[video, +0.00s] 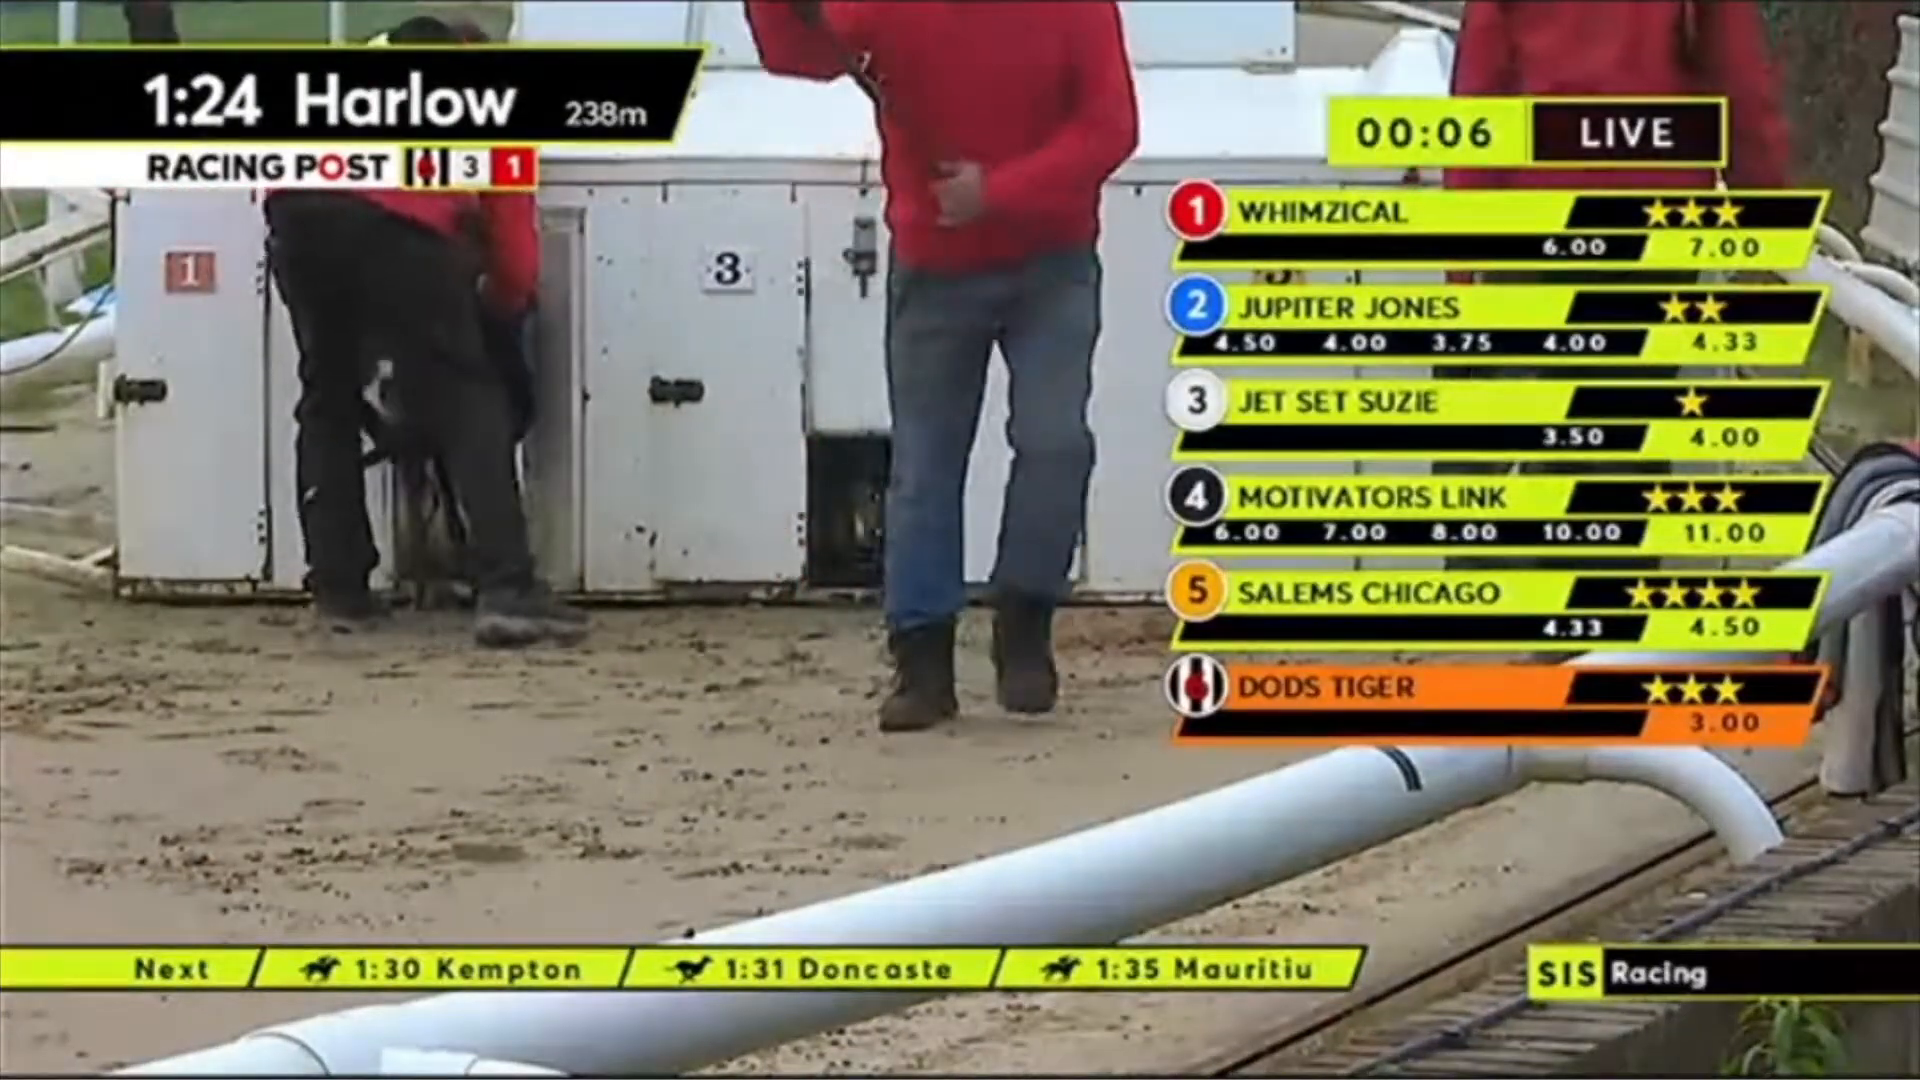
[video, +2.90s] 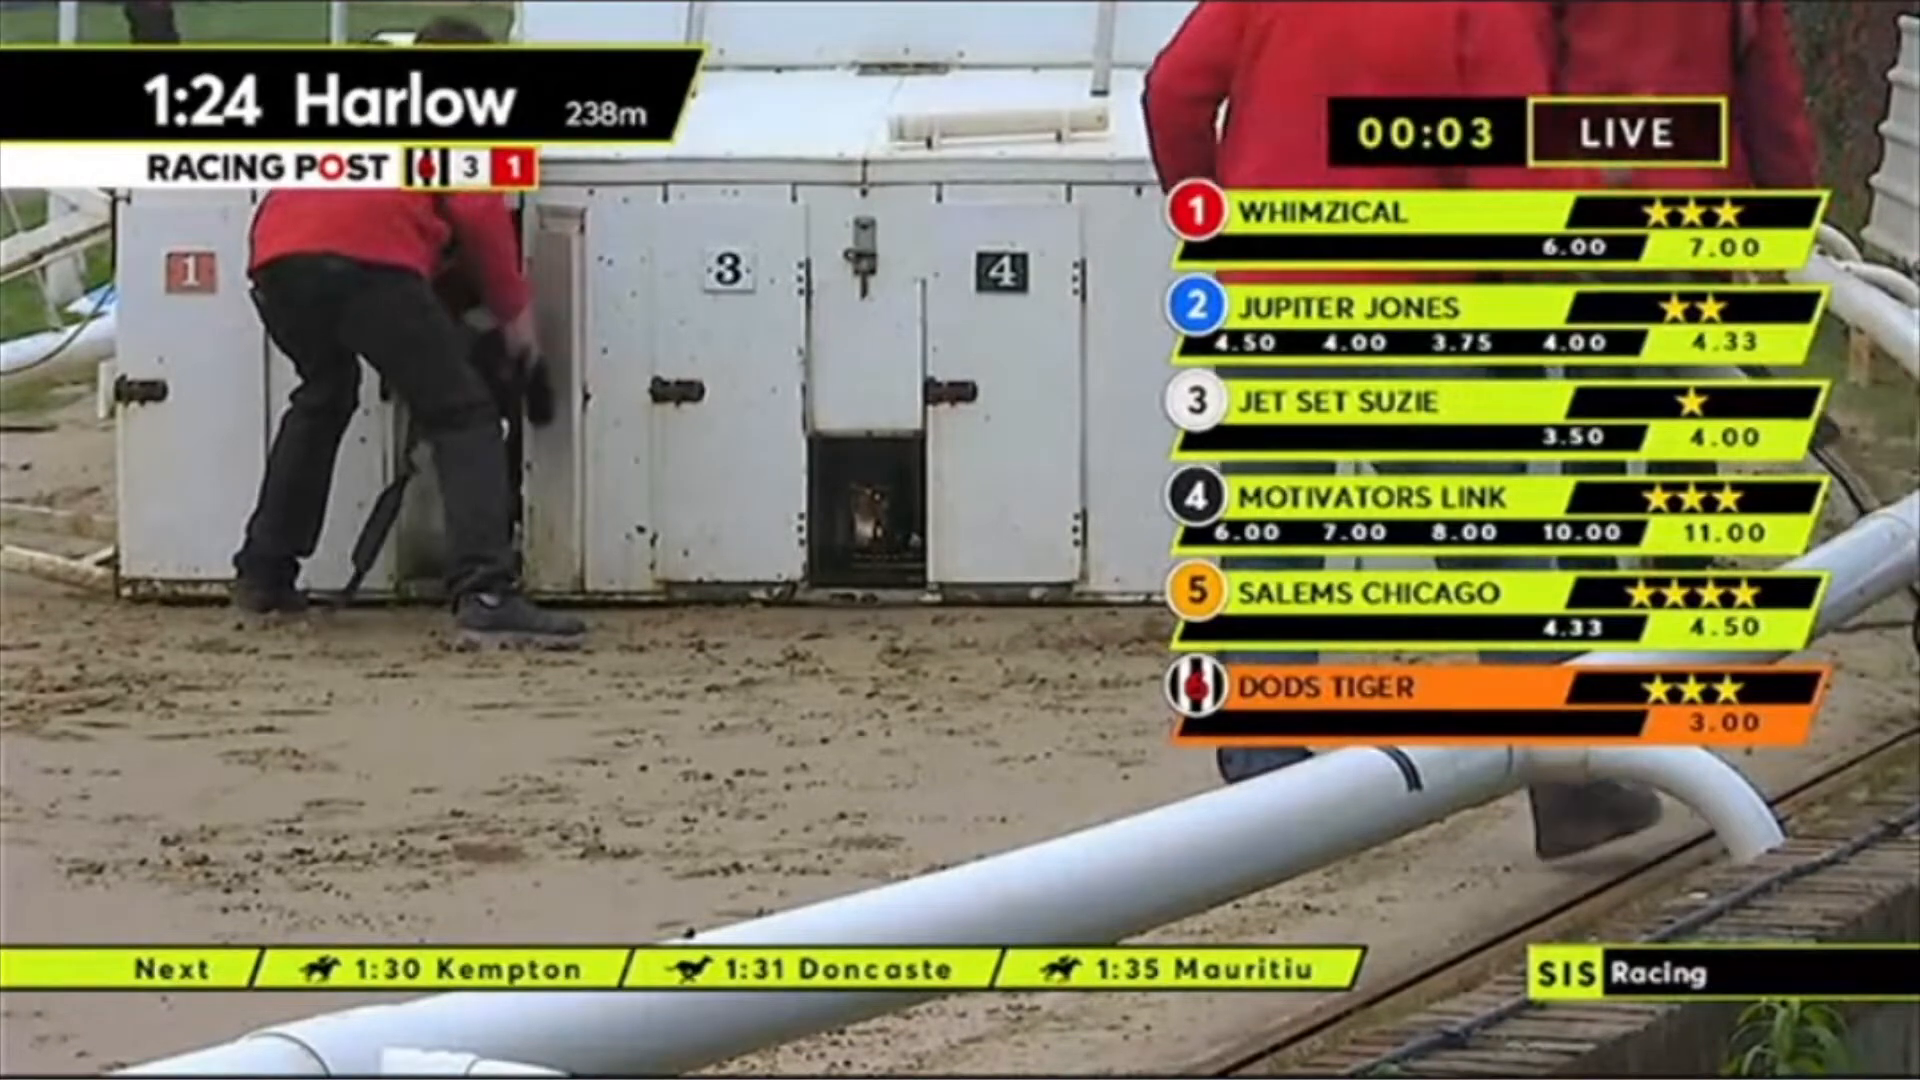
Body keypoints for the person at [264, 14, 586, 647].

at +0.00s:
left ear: (395, 44)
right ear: (471, 48)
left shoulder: (343, 78)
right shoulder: (495, 105)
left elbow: (279, 170)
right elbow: (518, 260)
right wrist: (499, 318)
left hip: (302, 215)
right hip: (407, 229)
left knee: (327, 399)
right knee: (464, 390)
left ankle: (338, 590)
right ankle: (507, 589)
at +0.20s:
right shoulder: (503, 157)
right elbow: (530, 274)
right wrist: (491, 323)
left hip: (330, 227)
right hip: (434, 232)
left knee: (351, 395)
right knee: (491, 405)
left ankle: (344, 589)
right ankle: (515, 590)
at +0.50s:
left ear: (392, 78)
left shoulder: (356, 126)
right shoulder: (502, 118)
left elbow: (316, 235)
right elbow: (560, 187)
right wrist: (505, 246)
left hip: (345, 264)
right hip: (454, 260)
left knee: (365, 395)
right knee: (505, 419)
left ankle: (343, 584)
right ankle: (515, 590)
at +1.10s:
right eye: (520, 25)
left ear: (436, 20)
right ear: (512, 25)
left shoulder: (377, 59)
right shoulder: (526, 75)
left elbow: (333, 175)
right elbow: (553, 214)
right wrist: (489, 289)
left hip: (337, 221)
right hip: (442, 231)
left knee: (352, 351)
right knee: (486, 405)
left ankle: (311, 553)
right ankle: (500, 591)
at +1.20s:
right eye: (518, 44)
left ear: (438, 37)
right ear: (507, 43)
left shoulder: (365, 71)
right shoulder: (518, 92)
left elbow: (312, 174)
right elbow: (542, 215)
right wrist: (493, 281)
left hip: (325, 230)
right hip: (428, 236)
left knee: (328, 384)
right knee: (477, 411)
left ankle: (273, 572)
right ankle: (499, 594)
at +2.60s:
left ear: (374, 75)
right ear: (459, 89)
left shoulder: (335, 119)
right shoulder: (471, 130)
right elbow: (493, 254)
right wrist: (464, 310)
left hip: (281, 258)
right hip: (380, 260)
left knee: (317, 391)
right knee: (458, 419)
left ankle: (264, 574)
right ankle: (485, 589)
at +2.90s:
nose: (490, 100)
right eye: (492, 87)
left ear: (418, 54)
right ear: (477, 69)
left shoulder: (359, 102)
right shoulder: (470, 113)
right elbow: (478, 208)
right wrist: (515, 312)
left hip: (278, 258)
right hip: (374, 259)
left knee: (323, 391)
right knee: (464, 414)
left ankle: (263, 575)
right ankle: (487, 593)